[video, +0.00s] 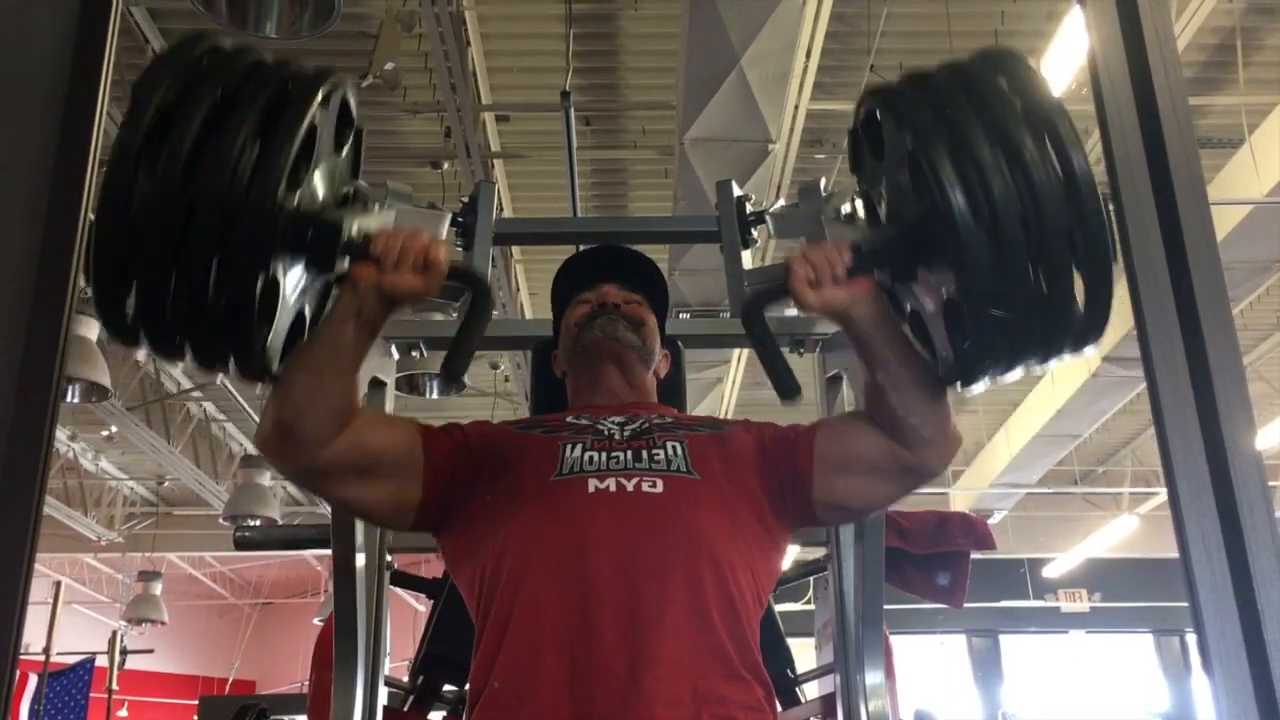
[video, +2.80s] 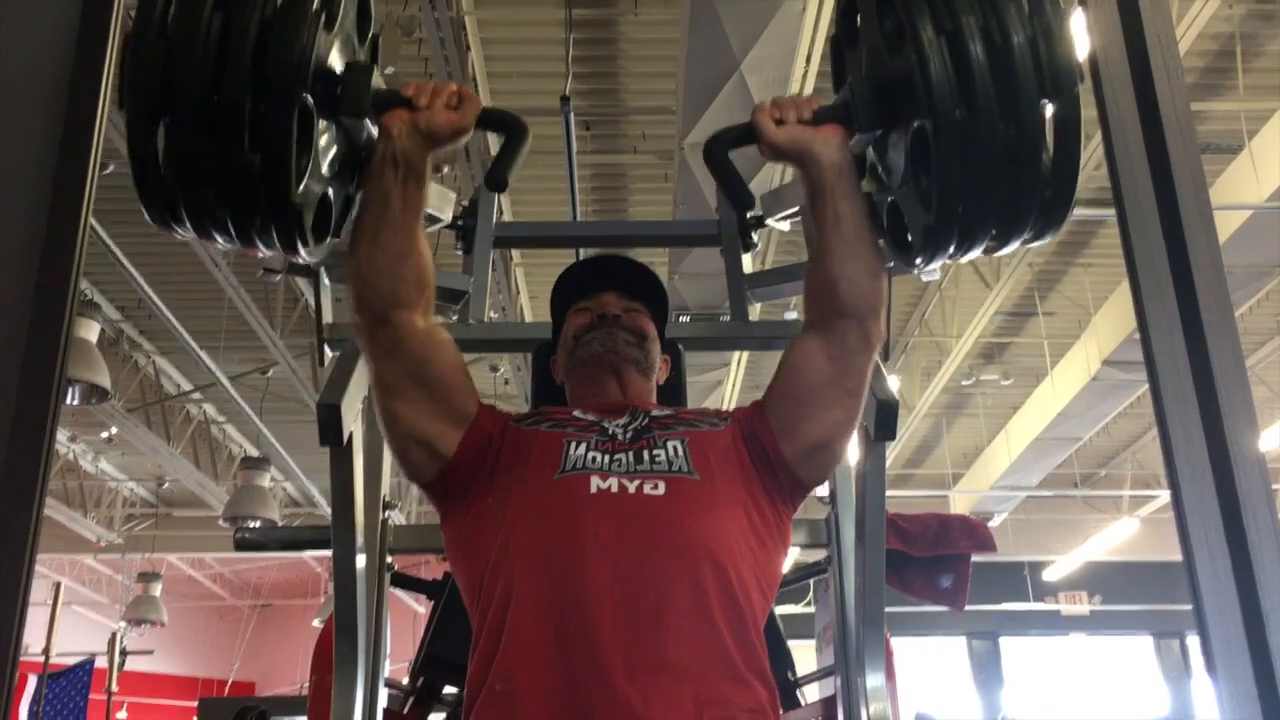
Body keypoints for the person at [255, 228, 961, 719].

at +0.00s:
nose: (609, 306)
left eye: (634, 308)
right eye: (584, 307)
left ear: (665, 361)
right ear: (553, 359)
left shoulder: (744, 453)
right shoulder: (488, 458)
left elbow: (924, 444)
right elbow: (302, 438)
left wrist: (860, 311)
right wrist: (363, 301)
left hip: (724, 703)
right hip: (525, 705)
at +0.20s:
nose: (607, 316)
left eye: (632, 313)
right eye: (584, 313)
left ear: (665, 360)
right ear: (553, 361)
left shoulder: (752, 448)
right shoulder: (480, 450)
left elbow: (895, 380)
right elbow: (333, 363)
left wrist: (844, 229)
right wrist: (388, 215)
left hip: (725, 704)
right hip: (522, 705)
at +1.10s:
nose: (614, 305)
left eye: (638, 306)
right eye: (588, 305)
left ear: (666, 362)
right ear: (556, 359)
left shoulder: (744, 457)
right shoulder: (488, 463)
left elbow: (918, 455)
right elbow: (309, 445)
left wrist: (862, 308)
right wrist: (367, 297)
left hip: (721, 703)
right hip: (527, 704)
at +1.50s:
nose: (616, 301)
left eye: (639, 302)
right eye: (589, 301)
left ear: (669, 359)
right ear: (555, 360)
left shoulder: (748, 462)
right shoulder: (486, 468)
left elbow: (922, 544)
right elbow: (299, 548)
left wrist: (882, 404)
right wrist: (342, 403)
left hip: (725, 707)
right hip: (528, 708)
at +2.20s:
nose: (610, 312)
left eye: (634, 313)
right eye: (586, 313)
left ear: (666, 365)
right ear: (555, 364)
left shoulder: (741, 460)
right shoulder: (487, 467)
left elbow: (925, 486)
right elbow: (293, 479)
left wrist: (867, 342)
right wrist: (358, 336)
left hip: (726, 703)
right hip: (526, 703)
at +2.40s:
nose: (610, 307)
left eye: (635, 307)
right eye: (584, 307)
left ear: (666, 360)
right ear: (554, 362)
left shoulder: (751, 454)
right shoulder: (484, 461)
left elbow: (906, 407)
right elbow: (319, 397)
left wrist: (851, 251)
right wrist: (377, 252)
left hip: (723, 704)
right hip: (527, 704)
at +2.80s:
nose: (609, 316)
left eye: (634, 316)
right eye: (585, 312)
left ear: (666, 369)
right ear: (552, 363)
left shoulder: (754, 453)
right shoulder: (485, 457)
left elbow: (847, 328)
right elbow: (395, 317)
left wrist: (828, 161)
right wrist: (404, 153)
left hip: (728, 705)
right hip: (518, 706)